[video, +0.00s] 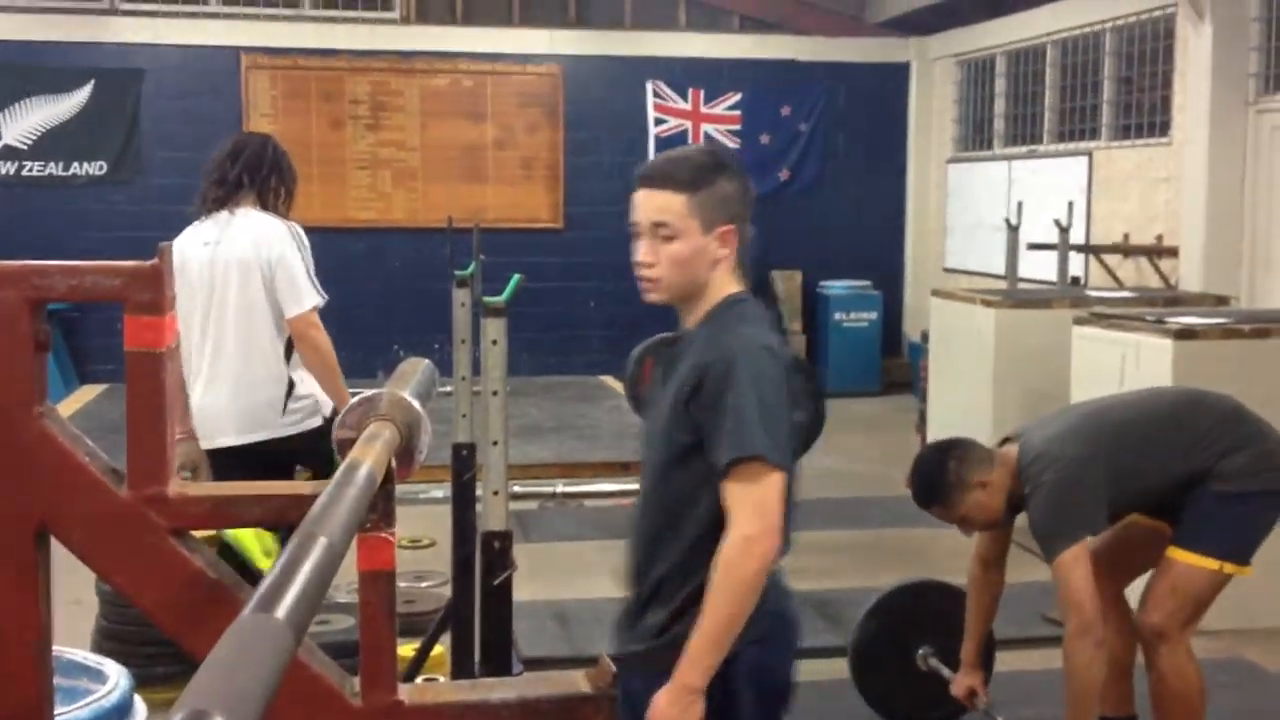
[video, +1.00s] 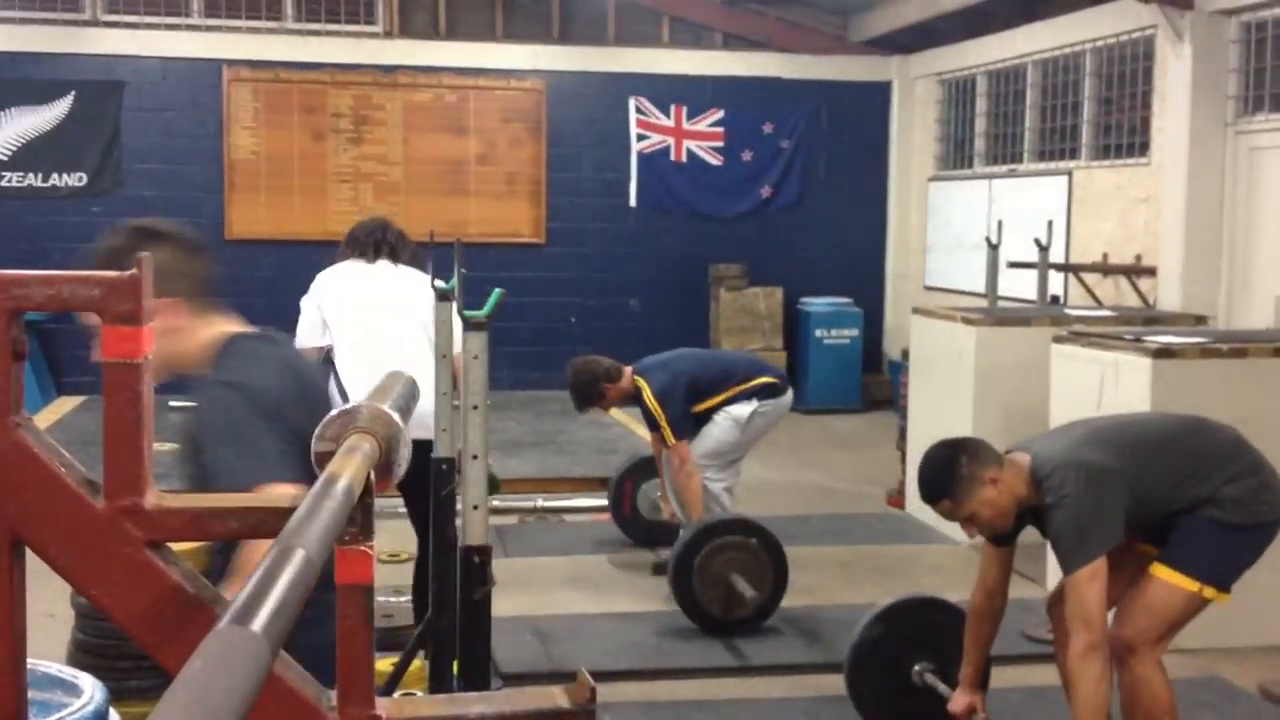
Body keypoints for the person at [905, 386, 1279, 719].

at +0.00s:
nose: (970, 530)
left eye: (965, 519)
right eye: (960, 523)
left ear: (984, 483)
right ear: (981, 470)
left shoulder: (1054, 484)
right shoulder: (1010, 458)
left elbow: (1086, 629)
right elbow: (987, 563)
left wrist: (1077, 711)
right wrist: (970, 665)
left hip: (1246, 469)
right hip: (1190, 468)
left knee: (1159, 625)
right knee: (1099, 575)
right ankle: (1117, 711)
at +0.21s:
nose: (966, 538)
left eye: (962, 527)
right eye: (956, 532)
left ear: (981, 488)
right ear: (977, 480)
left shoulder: (1052, 488)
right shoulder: (1007, 468)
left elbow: (1089, 642)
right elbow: (983, 573)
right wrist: (967, 673)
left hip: (1239, 482)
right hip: (1183, 480)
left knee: (1148, 635)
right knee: (1088, 583)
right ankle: (1108, 708)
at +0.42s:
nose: (964, 547)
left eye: (963, 537)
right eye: (956, 540)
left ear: (983, 504)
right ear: (979, 493)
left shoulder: (1058, 491)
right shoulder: (1003, 473)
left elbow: (1089, 643)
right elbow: (981, 580)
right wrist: (963, 680)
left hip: (1235, 486)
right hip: (1175, 481)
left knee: (1135, 637)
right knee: (1076, 608)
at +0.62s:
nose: (961, 542)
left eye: (959, 532)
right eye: (953, 535)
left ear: (982, 504)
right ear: (979, 493)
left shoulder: (1067, 494)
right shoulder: (1005, 476)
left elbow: (1091, 648)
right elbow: (982, 588)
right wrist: (964, 685)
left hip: (1236, 493)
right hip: (1176, 488)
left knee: (1134, 641)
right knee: (1071, 610)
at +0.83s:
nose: (970, 536)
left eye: (967, 523)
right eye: (961, 528)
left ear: (989, 487)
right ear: (986, 480)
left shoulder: (1074, 492)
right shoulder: (1007, 484)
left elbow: (1092, 643)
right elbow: (986, 596)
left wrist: (1092, 712)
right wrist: (966, 688)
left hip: (1237, 498)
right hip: (1175, 496)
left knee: (1135, 643)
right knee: (1070, 614)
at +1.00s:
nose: (973, 533)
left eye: (971, 519)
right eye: (964, 525)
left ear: (992, 481)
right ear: (990, 476)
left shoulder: (1076, 488)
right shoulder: (1009, 485)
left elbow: (1088, 641)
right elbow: (988, 595)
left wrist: (1091, 710)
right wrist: (969, 687)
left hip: (1237, 498)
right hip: (1176, 498)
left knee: (1133, 640)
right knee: (1065, 612)